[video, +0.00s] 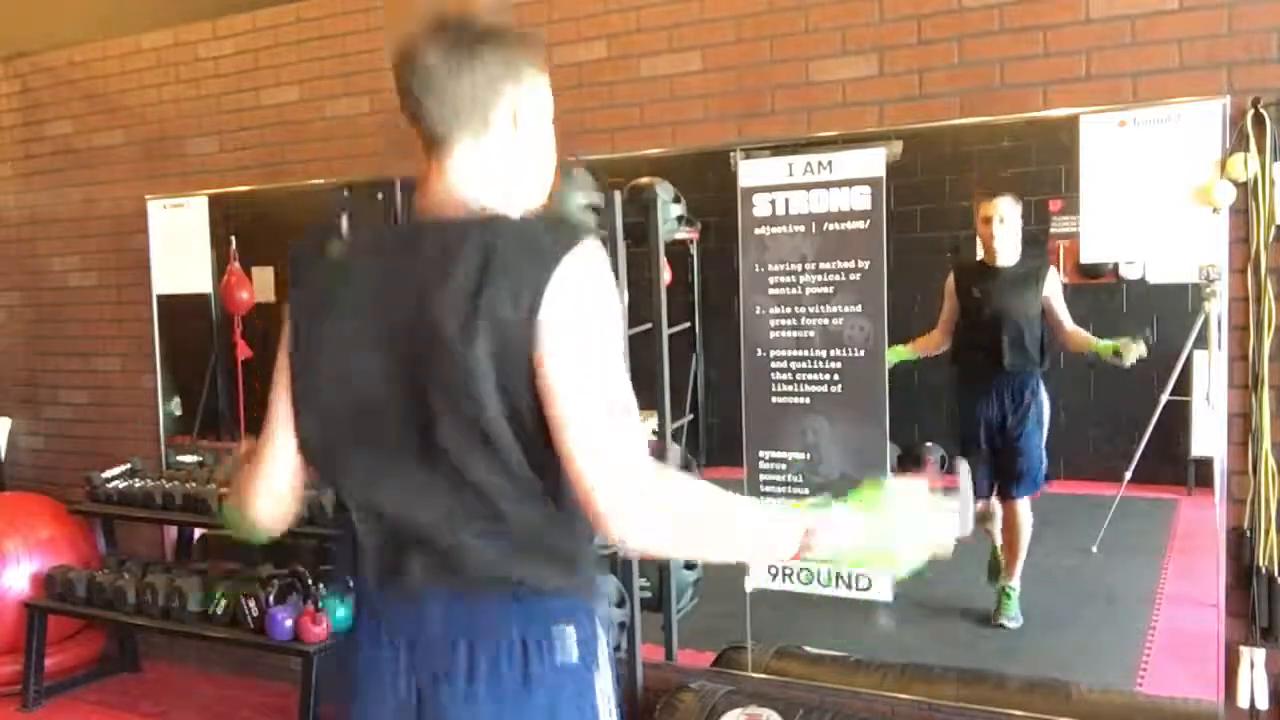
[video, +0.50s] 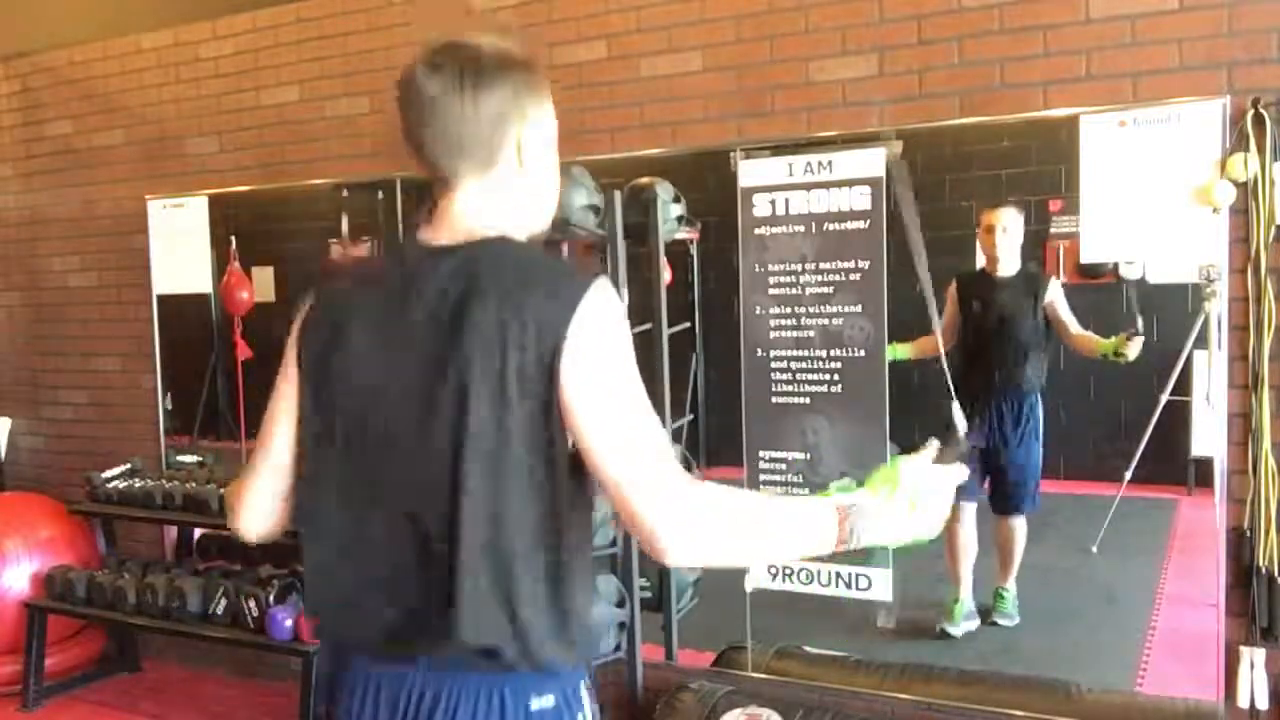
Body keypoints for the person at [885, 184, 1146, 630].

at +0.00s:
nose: (991, 229)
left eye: (999, 221)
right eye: (985, 221)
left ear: (1018, 226)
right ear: (976, 227)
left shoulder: (1042, 276)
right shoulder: (960, 278)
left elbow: (1067, 333)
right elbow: (942, 335)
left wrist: (1106, 348)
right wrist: (903, 351)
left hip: (1024, 391)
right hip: (974, 392)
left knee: (1016, 495)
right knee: (980, 501)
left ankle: (1011, 589)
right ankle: (996, 545)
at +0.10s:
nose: (994, 236)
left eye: (1003, 227)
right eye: (988, 227)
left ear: (1021, 233)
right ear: (977, 233)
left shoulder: (1043, 284)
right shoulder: (961, 285)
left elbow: (1073, 334)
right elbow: (942, 336)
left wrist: (1106, 343)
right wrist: (908, 347)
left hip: (1025, 403)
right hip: (973, 403)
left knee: (1018, 506)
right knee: (971, 507)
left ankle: (1008, 590)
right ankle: (990, 545)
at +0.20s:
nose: (991, 210)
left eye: (1000, 202)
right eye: (986, 202)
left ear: (1020, 208)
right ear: (977, 208)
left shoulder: (1043, 258)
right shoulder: (963, 259)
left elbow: (1072, 316)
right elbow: (944, 319)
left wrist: (1109, 348)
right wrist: (902, 354)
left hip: (1023, 380)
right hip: (972, 380)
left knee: (1015, 482)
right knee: (966, 486)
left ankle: (1013, 580)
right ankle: (983, 552)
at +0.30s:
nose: (995, 204)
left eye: (1004, 196)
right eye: (989, 196)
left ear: (1021, 201)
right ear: (978, 203)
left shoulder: (1042, 252)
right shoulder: (963, 254)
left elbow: (1070, 312)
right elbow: (943, 315)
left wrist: (1107, 352)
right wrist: (905, 357)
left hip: (1023, 373)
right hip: (971, 372)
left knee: (1013, 476)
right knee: (966, 476)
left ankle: (1008, 577)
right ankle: (972, 571)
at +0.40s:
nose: (996, 226)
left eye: (1005, 218)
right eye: (989, 217)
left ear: (1021, 224)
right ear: (979, 224)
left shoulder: (1043, 272)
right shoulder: (964, 273)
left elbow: (1070, 328)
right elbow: (944, 332)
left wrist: (1109, 350)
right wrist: (901, 354)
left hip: (1021, 390)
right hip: (972, 389)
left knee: (1012, 494)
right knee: (969, 493)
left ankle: (1009, 589)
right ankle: (964, 593)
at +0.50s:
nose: (995, 239)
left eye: (1004, 231)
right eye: (989, 230)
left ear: (1021, 236)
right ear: (978, 236)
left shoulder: (1043, 288)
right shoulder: (961, 288)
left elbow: (1075, 337)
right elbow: (943, 341)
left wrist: (1110, 347)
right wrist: (895, 350)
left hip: (1021, 406)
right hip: (968, 404)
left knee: (1011, 506)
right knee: (960, 505)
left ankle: (1006, 592)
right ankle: (962, 603)